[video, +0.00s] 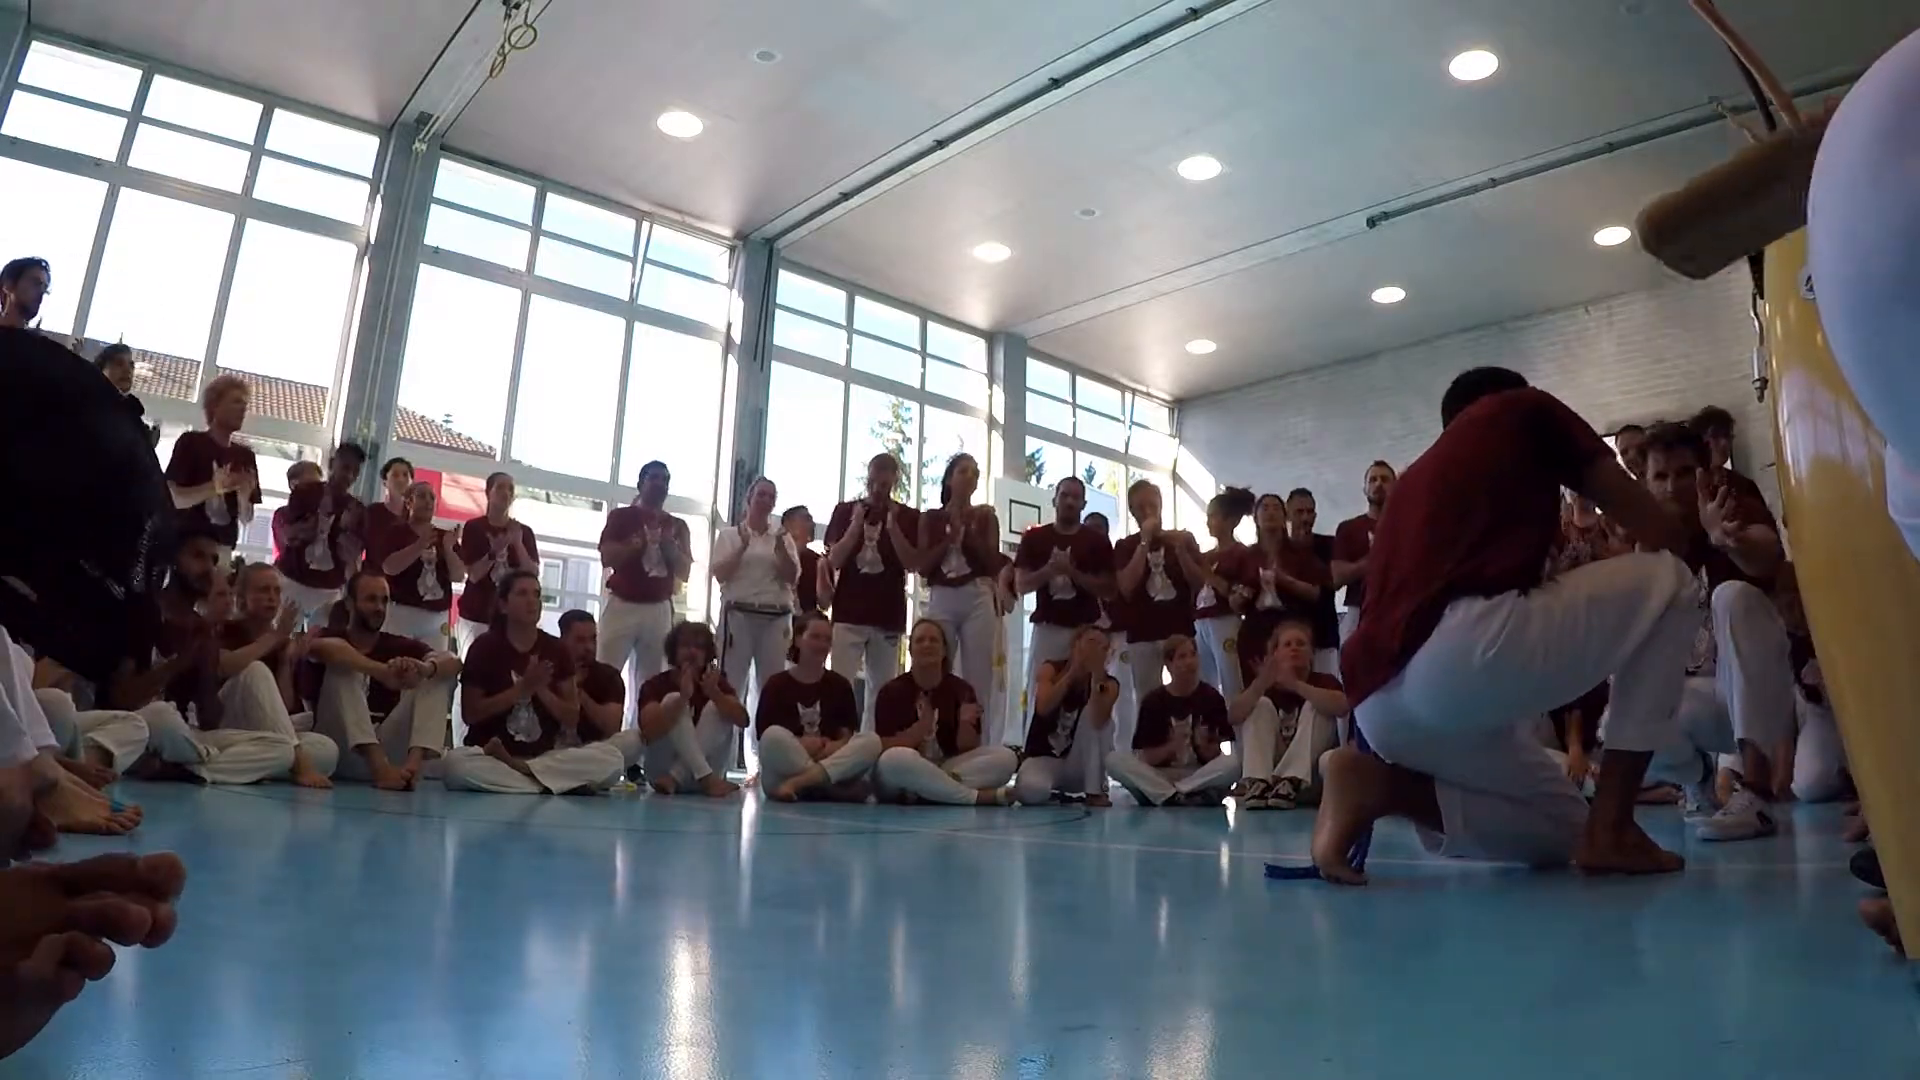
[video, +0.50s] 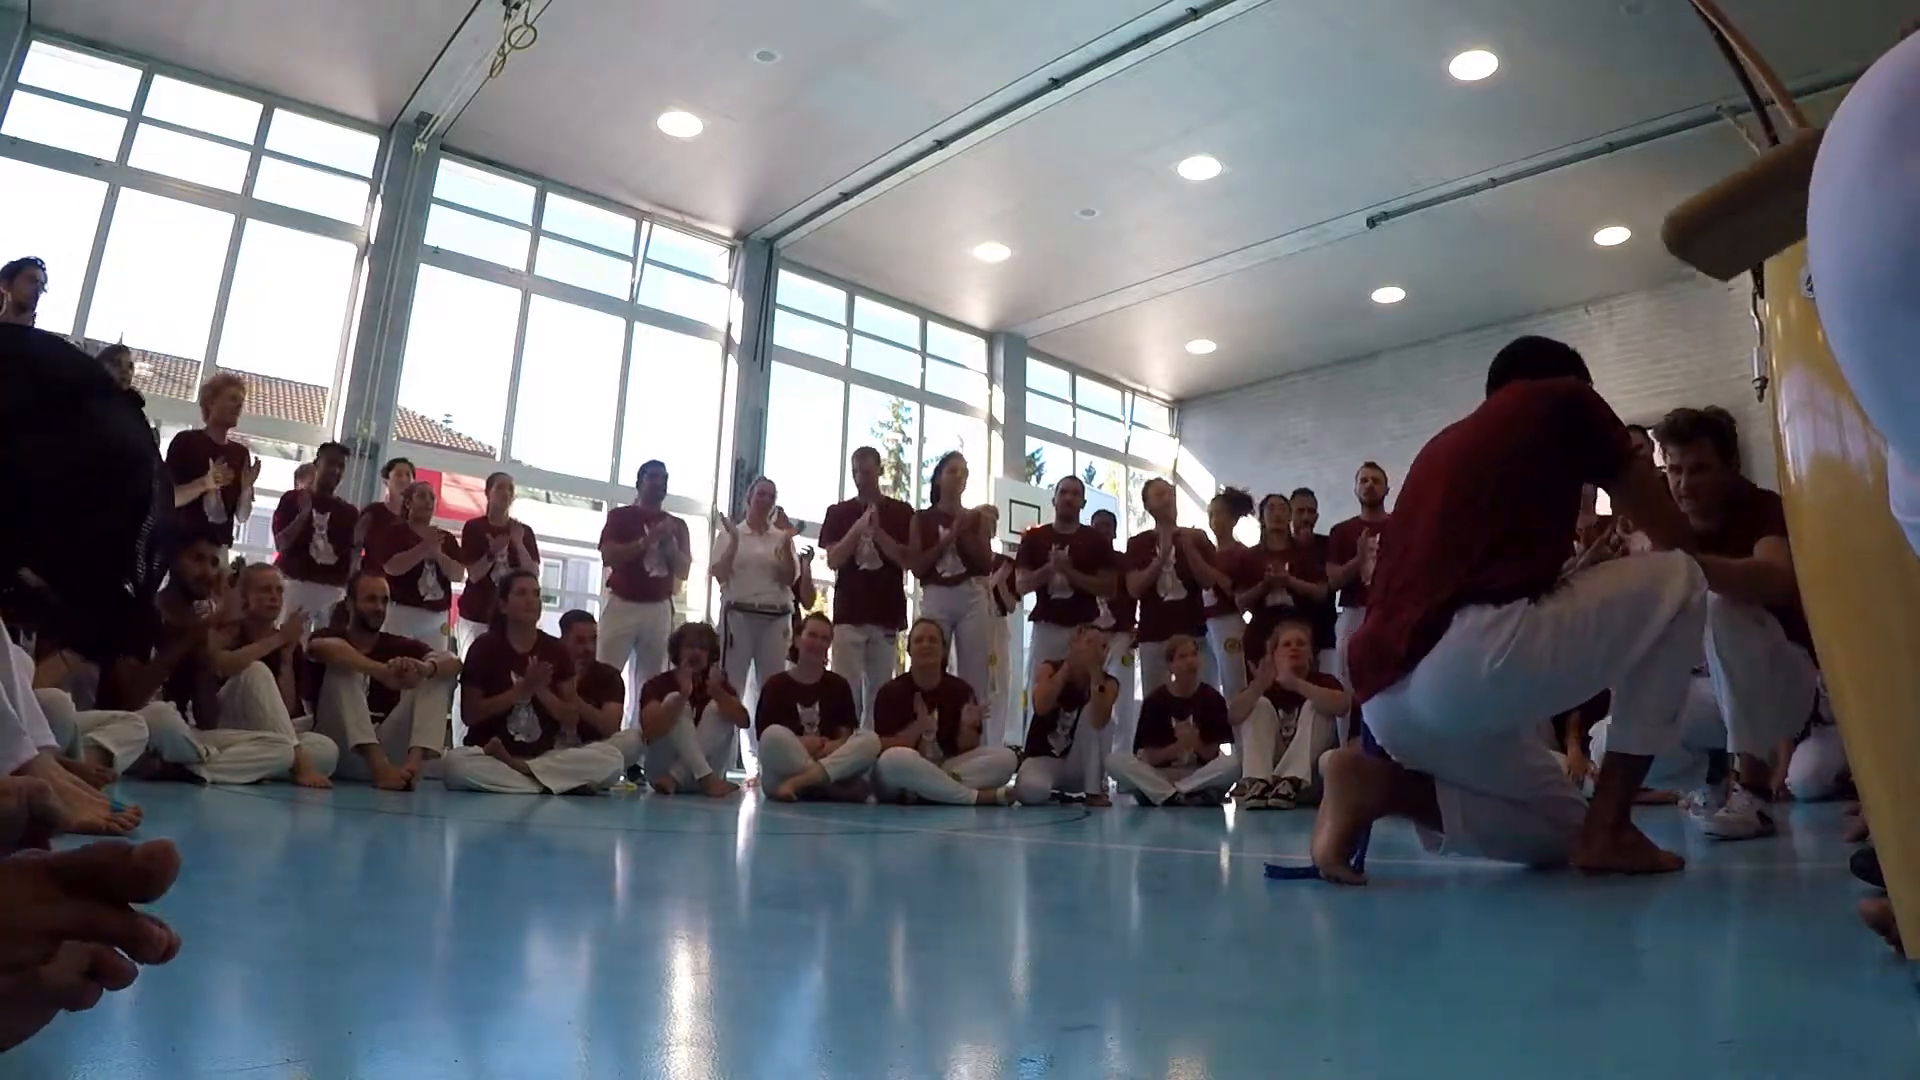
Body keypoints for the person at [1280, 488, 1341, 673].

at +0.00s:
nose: (1306, 517)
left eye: (1310, 512)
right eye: (1299, 512)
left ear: (1315, 514)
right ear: (1287, 513)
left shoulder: (1329, 545)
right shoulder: (1278, 548)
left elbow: (1335, 584)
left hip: (1324, 630)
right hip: (1287, 631)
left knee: (1327, 694)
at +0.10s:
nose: (1306, 517)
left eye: (1310, 511)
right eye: (1300, 512)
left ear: (1316, 514)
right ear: (1287, 514)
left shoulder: (1329, 545)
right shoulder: (1278, 548)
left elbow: (1334, 582)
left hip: (1324, 630)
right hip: (1288, 632)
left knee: (1328, 694)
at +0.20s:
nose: (1306, 517)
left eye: (1310, 511)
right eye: (1299, 511)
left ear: (1316, 514)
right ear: (1287, 514)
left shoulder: (1329, 545)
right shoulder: (1279, 548)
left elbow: (1334, 584)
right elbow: (1275, 588)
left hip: (1324, 630)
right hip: (1287, 631)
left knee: (1327, 695)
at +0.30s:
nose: (1306, 517)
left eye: (1311, 511)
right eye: (1300, 511)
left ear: (1317, 515)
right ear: (1288, 514)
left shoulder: (1329, 545)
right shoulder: (1280, 548)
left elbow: (1335, 585)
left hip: (1324, 630)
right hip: (1288, 631)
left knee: (1327, 694)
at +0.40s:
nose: (1306, 517)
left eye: (1311, 511)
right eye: (1300, 511)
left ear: (1316, 515)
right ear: (1289, 514)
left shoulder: (1328, 545)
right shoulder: (1280, 547)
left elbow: (1334, 585)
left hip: (1323, 629)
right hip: (1287, 630)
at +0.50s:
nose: (1306, 516)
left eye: (1311, 511)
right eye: (1300, 511)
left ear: (1317, 515)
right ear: (1290, 514)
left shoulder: (1329, 545)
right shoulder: (1280, 546)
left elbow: (1337, 584)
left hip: (1322, 627)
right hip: (1287, 628)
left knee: (1326, 693)